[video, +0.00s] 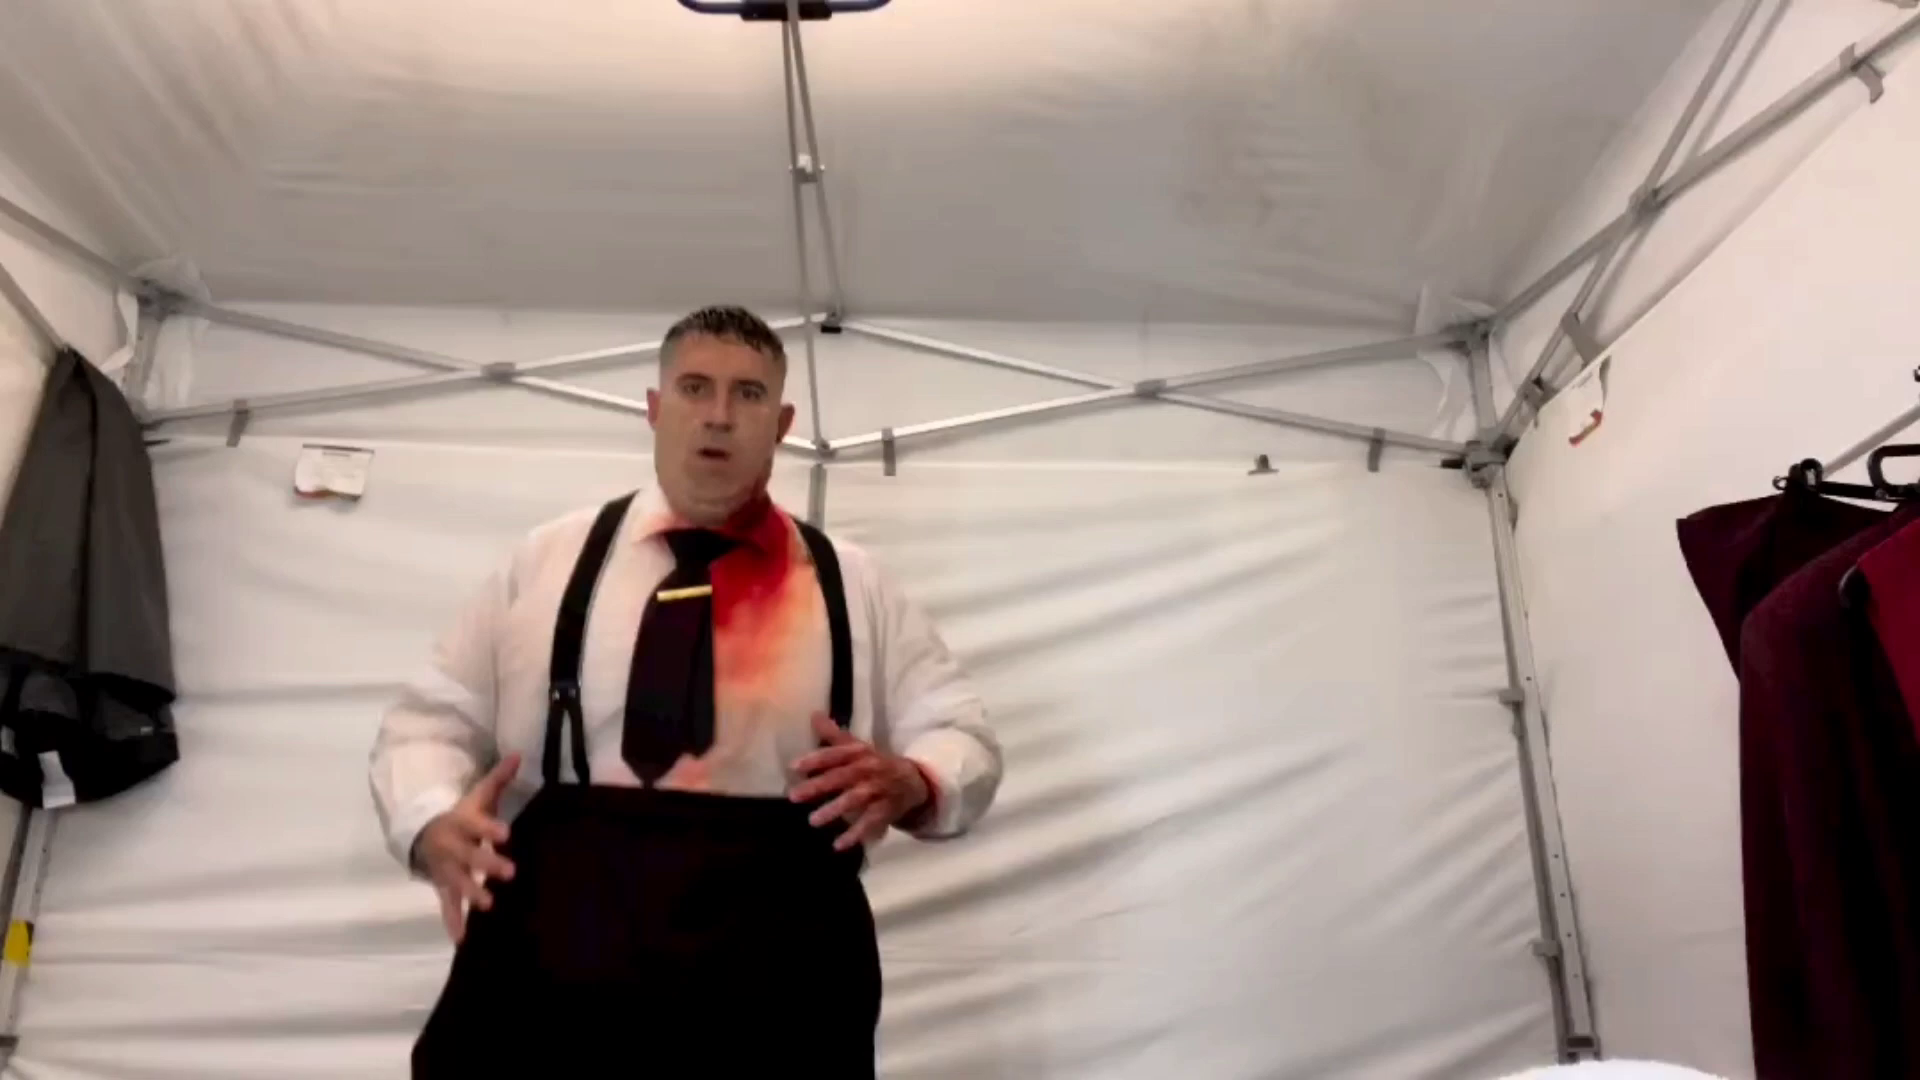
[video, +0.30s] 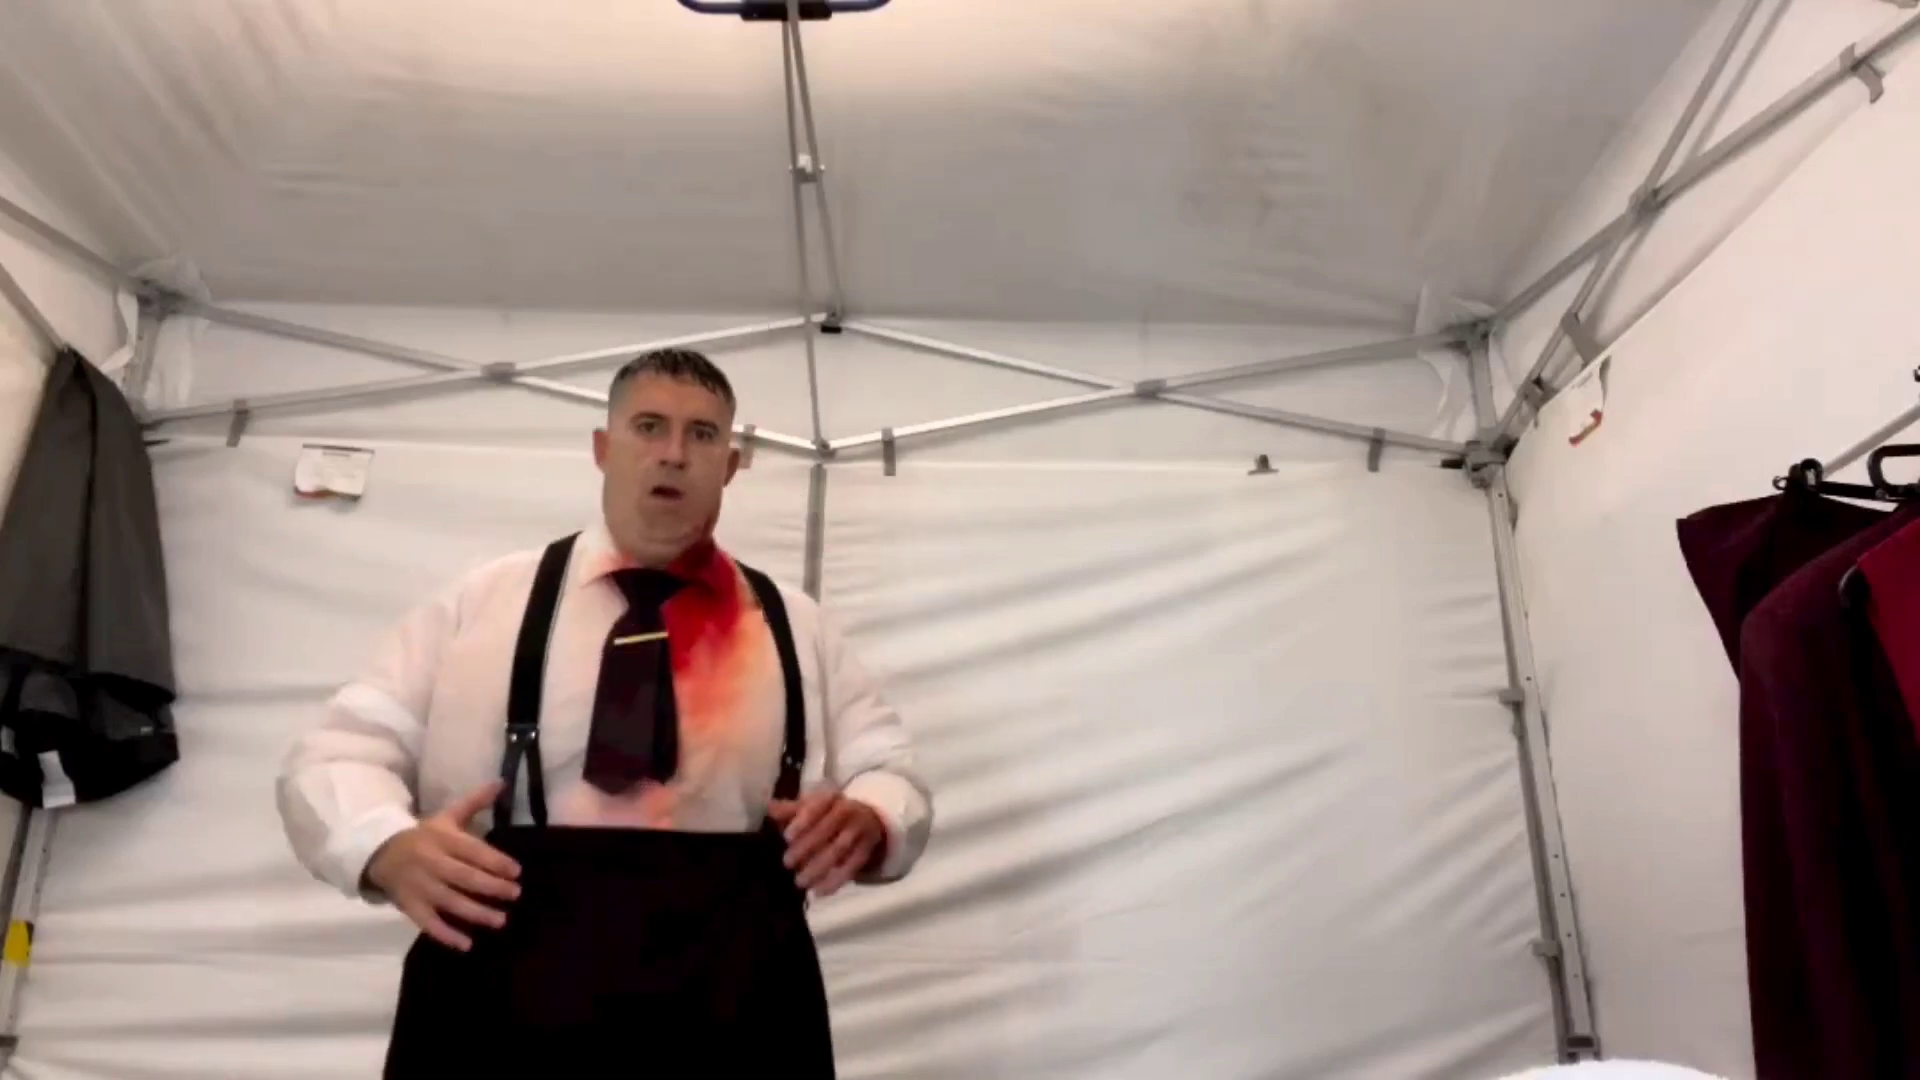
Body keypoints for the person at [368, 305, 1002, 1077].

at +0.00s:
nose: (718, 417)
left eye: (746, 396)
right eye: (696, 391)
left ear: (782, 424)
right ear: (654, 410)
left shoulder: (854, 586)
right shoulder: (549, 564)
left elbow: (963, 738)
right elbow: (430, 720)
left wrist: (914, 780)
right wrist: (432, 820)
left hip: (774, 943)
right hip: (565, 930)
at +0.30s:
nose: (673, 452)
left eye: (701, 434)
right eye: (649, 428)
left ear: (731, 465)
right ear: (604, 448)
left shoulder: (796, 628)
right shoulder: (483, 606)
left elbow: (890, 777)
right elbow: (333, 757)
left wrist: (866, 821)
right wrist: (385, 847)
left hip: (726, 975)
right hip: (515, 969)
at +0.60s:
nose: (715, 398)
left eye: (744, 380)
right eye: (692, 371)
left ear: (774, 413)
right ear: (645, 390)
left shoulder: (844, 568)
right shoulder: (533, 542)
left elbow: (972, 749)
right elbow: (364, 709)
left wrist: (939, 701)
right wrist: (462, 710)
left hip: (772, 927)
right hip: (556, 916)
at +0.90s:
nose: (683, 342)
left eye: (714, 323)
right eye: (657, 316)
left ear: (751, 359)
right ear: (608, 340)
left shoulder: (824, 528)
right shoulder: (480, 498)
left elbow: (955, 651)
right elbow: (343, 631)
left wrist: (1087, 620)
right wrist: (203, 630)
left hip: (731, 886)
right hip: (503, 875)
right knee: (428, 1072)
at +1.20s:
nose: (578, 339)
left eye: (611, 318)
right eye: (553, 311)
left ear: (651, 358)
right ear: (505, 340)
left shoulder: (731, 529)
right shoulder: (376, 517)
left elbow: (852, 710)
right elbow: (221, 714)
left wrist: (784, 716)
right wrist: (377, 649)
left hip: (657, 913)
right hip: (419, 908)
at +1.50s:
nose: (672, 341)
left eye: (706, 322)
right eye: (645, 306)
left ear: (738, 366)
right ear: (588, 328)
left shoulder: (796, 551)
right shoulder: (436, 506)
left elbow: (904, 706)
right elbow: (279, 674)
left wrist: (912, 775)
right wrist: (226, 779)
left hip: (697, 935)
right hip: (448, 922)